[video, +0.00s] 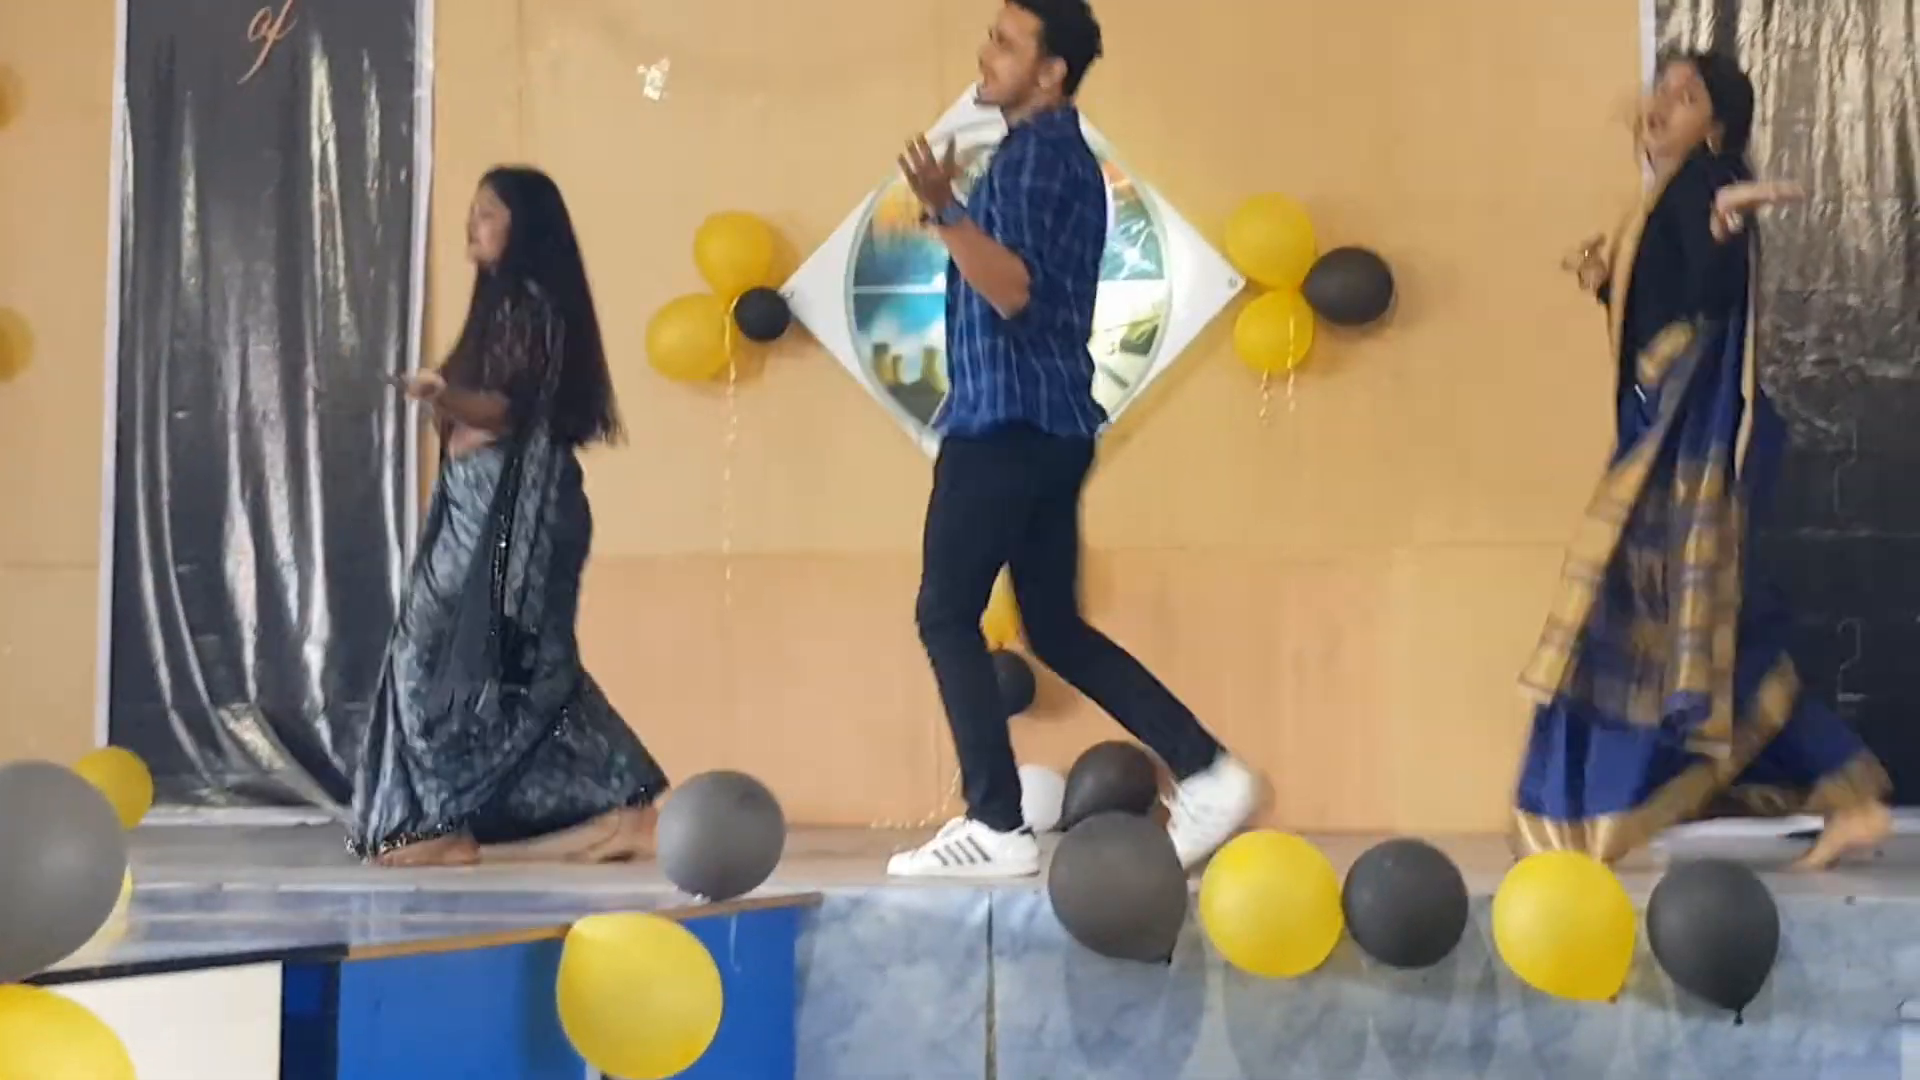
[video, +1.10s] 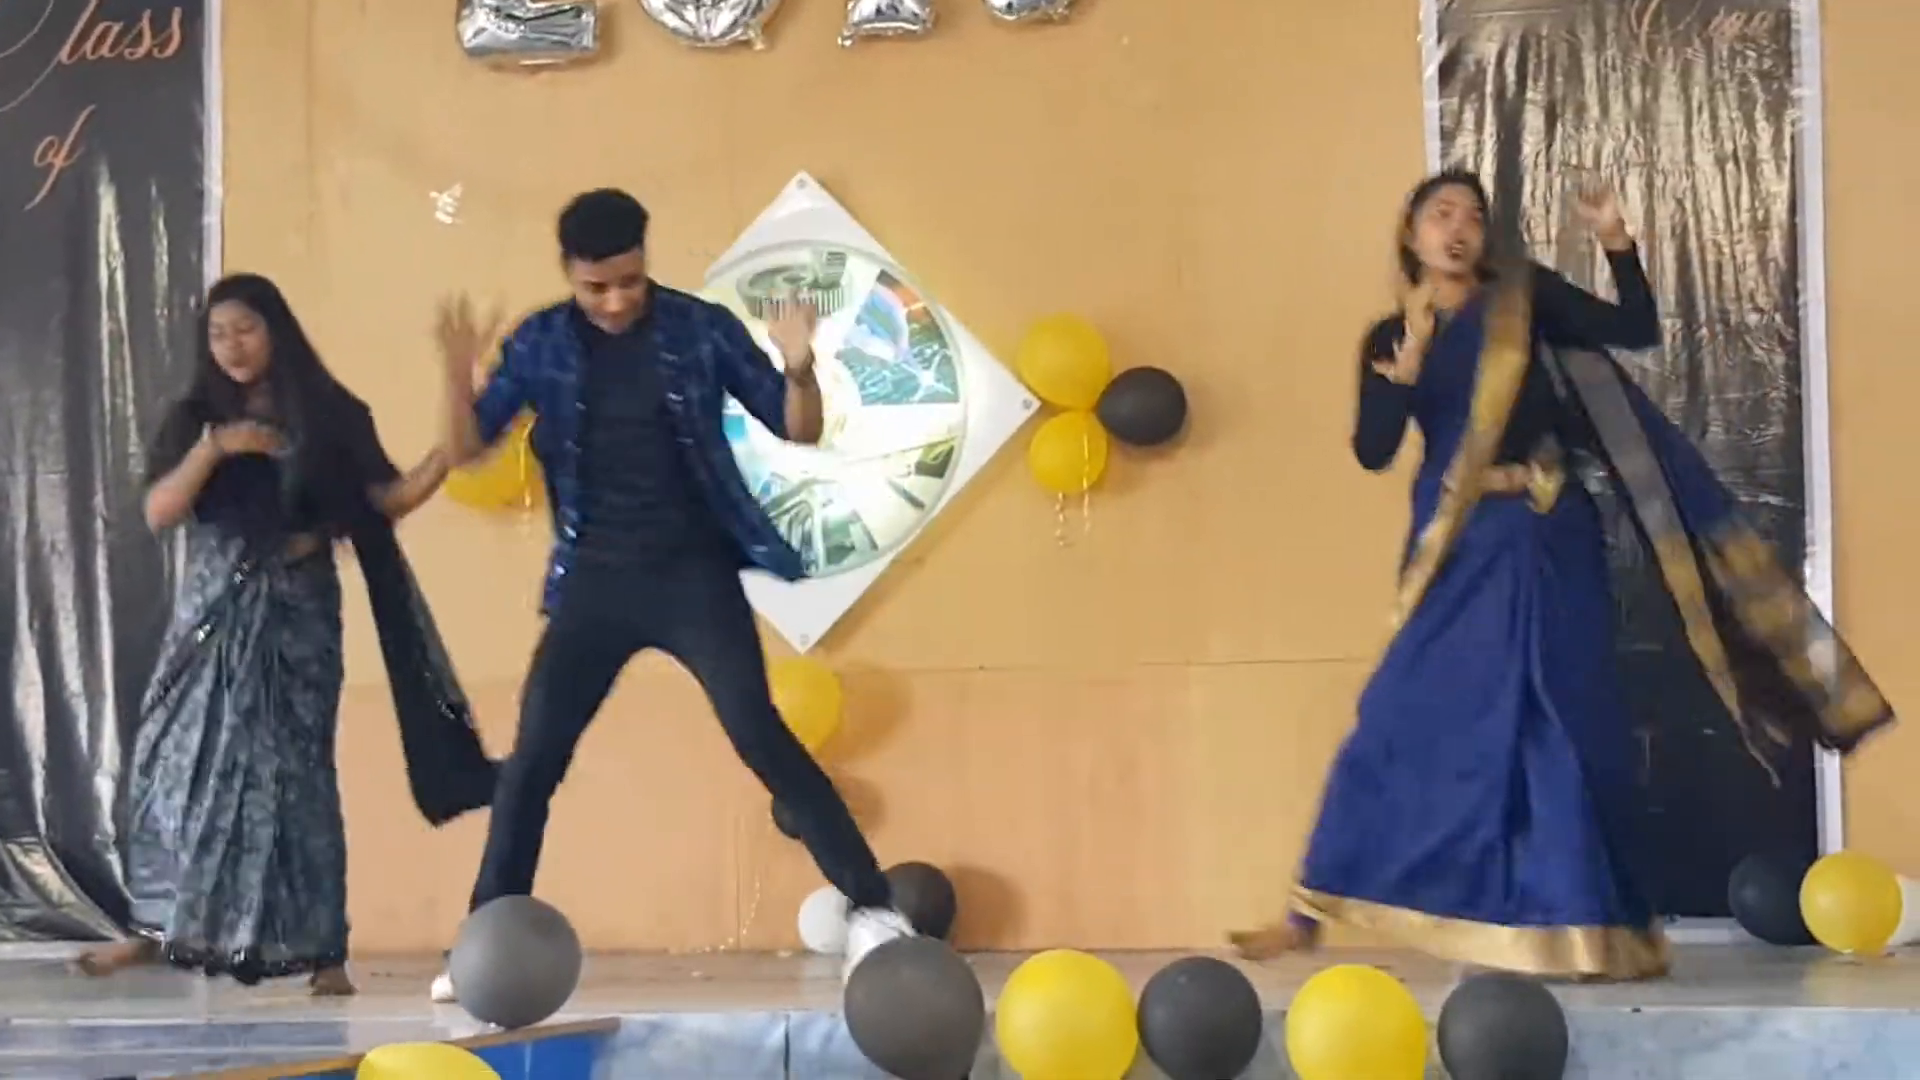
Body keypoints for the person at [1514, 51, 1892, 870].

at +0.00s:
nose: (1657, 103)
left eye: (1679, 95)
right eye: (1659, 88)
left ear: (1714, 123)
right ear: (1653, 106)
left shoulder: (1704, 185)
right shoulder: (1661, 194)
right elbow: (1657, 300)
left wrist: (1734, 208)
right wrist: (1606, 275)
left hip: (1694, 431)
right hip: (1663, 427)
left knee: (1619, 608)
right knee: (1725, 621)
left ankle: (1594, 813)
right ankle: (1847, 793)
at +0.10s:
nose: (1679, 138)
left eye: (1701, 130)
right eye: (1675, 123)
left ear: (1736, 154)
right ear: (1665, 138)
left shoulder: (1738, 224)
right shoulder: (1676, 231)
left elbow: (1758, 338)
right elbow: (1666, 349)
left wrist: (1766, 258)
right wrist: (1608, 307)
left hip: (1738, 460)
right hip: (1691, 455)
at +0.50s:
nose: (1676, 183)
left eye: (1695, 172)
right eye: (1664, 171)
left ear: (1725, 194)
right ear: (1647, 193)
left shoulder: (1757, 275)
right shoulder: (1638, 305)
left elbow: (1794, 392)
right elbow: (1634, 412)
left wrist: (1814, 352)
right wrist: (1546, 400)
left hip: (1748, 524)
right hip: (1664, 529)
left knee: (1761, 697)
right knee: (1674, 705)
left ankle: (1820, 899)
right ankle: (1734, 907)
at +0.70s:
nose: (1623, 200)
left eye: (1640, 188)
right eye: (1611, 188)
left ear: (1668, 208)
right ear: (1589, 207)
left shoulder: (1715, 285)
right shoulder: (1562, 299)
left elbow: (1752, 393)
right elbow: (1530, 395)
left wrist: (1781, 389)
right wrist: (1470, 414)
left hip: (1701, 526)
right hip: (1606, 533)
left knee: (1719, 714)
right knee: (1631, 719)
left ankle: (1754, 928)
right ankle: (1668, 936)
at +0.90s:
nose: (1557, 239)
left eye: (1570, 227)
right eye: (1539, 231)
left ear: (1596, 246)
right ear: (1518, 256)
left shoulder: (1647, 334)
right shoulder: (1495, 353)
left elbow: (1684, 477)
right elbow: (1494, 479)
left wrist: (1697, 410)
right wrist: (1465, 459)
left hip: (1625, 564)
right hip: (1528, 569)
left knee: (1629, 745)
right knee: (1505, 743)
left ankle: (1638, 945)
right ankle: (1558, 943)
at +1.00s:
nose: (1513, 248)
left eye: (1527, 234)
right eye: (1497, 236)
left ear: (1549, 250)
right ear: (1473, 256)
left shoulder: (1598, 326)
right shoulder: (1458, 357)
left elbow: (1673, 414)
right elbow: (1418, 489)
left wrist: (1656, 317)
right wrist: (1431, 433)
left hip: (1592, 556)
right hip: (1501, 564)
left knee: (1591, 734)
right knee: (1456, 723)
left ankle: (1617, 933)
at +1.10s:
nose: (1459, 228)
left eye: (1471, 216)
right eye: (1443, 213)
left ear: (1488, 235)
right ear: (1411, 234)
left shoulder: (1524, 297)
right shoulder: (1392, 334)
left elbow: (1637, 329)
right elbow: (1372, 450)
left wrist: (1617, 245)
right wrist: (1405, 363)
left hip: (1549, 523)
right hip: (1458, 532)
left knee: (1560, 714)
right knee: (1398, 708)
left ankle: (1584, 925)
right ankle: (1308, 911)